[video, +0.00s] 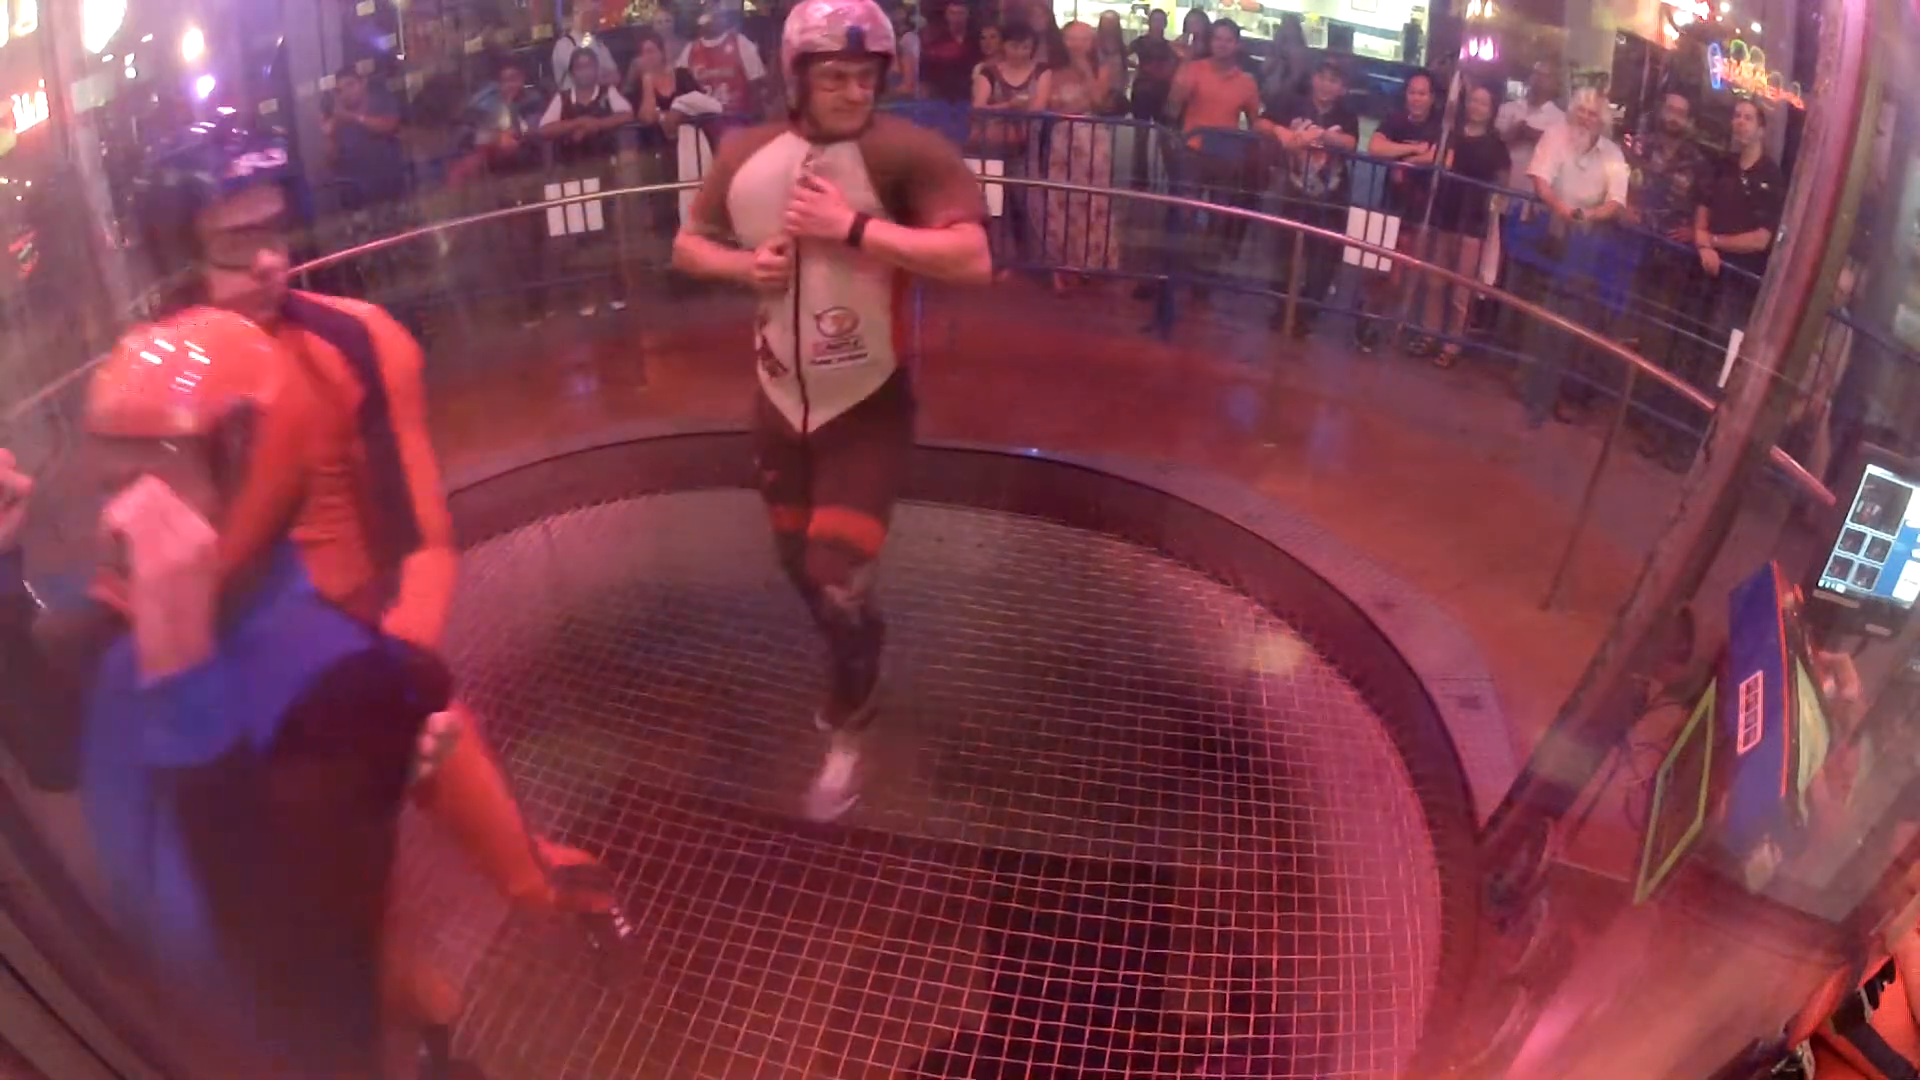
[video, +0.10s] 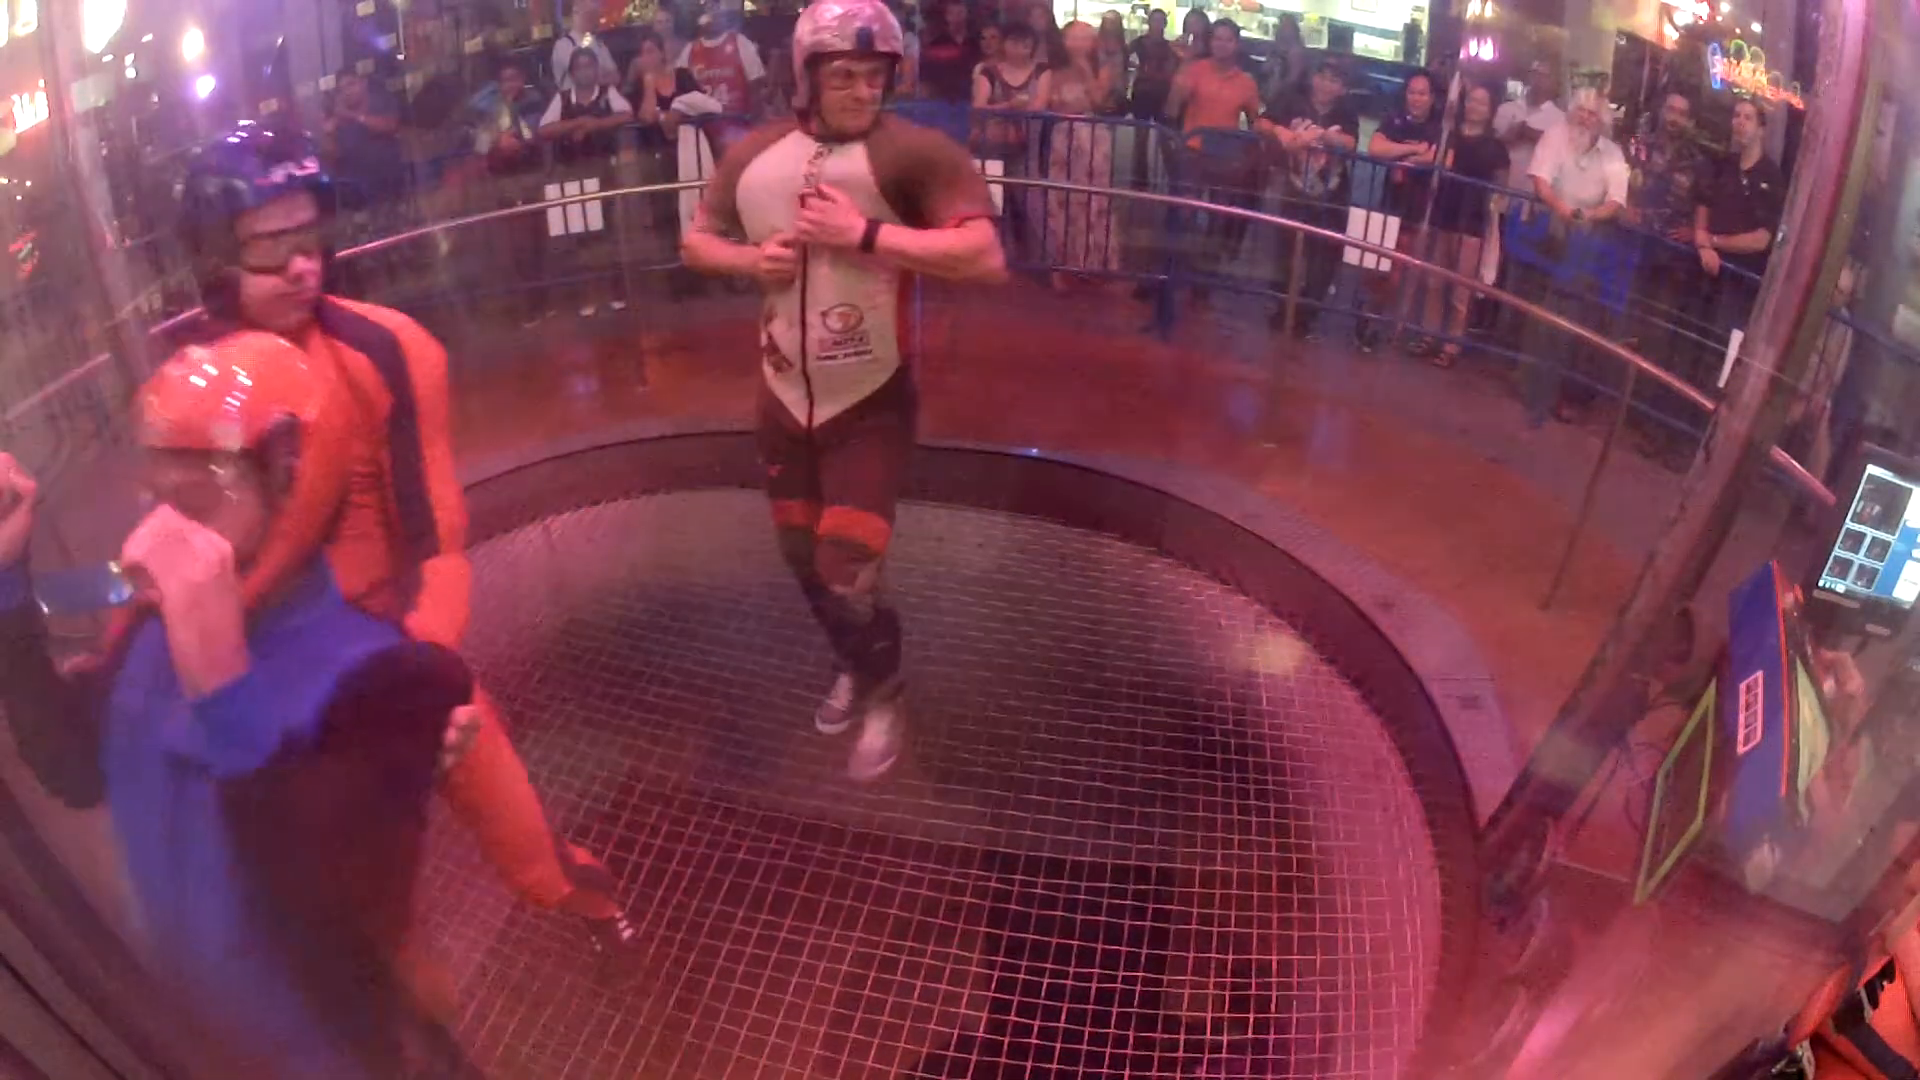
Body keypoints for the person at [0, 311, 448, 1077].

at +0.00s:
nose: (123, 502)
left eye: (159, 467)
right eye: (111, 464)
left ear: (241, 470)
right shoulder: (119, 648)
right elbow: (49, 757)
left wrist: (184, 664)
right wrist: (3, 566)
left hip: (282, 1062)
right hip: (156, 1035)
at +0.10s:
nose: (169, 519)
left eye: (201, 494)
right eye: (156, 490)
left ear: (284, 485)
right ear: (141, 484)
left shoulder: (388, 677)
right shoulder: (151, 642)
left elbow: (342, 914)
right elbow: (75, 775)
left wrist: (220, 673)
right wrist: (8, 579)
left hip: (327, 1056)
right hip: (192, 1036)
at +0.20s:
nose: (210, 520)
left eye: (245, 494)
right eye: (195, 490)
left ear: (325, 499)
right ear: (171, 495)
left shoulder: (411, 672)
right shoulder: (171, 648)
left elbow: (362, 892)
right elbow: (95, 786)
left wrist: (236, 659)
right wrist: (10, 601)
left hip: (350, 1055)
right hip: (218, 1044)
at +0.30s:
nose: (232, 532)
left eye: (264, 509)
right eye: (215, 506)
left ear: (346, 509)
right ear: (193, 506)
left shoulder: (426, 669)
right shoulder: (196, 649)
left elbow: (406, 910)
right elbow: (100, 761)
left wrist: (246, 666)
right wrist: (11, 618)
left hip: (376, 1057)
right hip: (236, 1042)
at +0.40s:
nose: (256, 554)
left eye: (286, 528)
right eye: (233, 528)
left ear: (362, 529)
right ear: (209, 535)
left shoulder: (442, 673)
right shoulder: (227, 653)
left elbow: (429, 896)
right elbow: (106, 724)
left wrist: (265, 682)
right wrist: (9, 615)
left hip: (391, 1053)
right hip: (253, 1035)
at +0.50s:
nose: (294, 590)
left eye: (323, 566)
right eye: (278, 565)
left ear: (394, 556)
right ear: (250, 561)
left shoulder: (470, 682)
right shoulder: (266, 649)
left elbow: (477, 891)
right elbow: (143, 683)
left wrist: (300, 692)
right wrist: (21, 592)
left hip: (421, 1046)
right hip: (282, 1036)